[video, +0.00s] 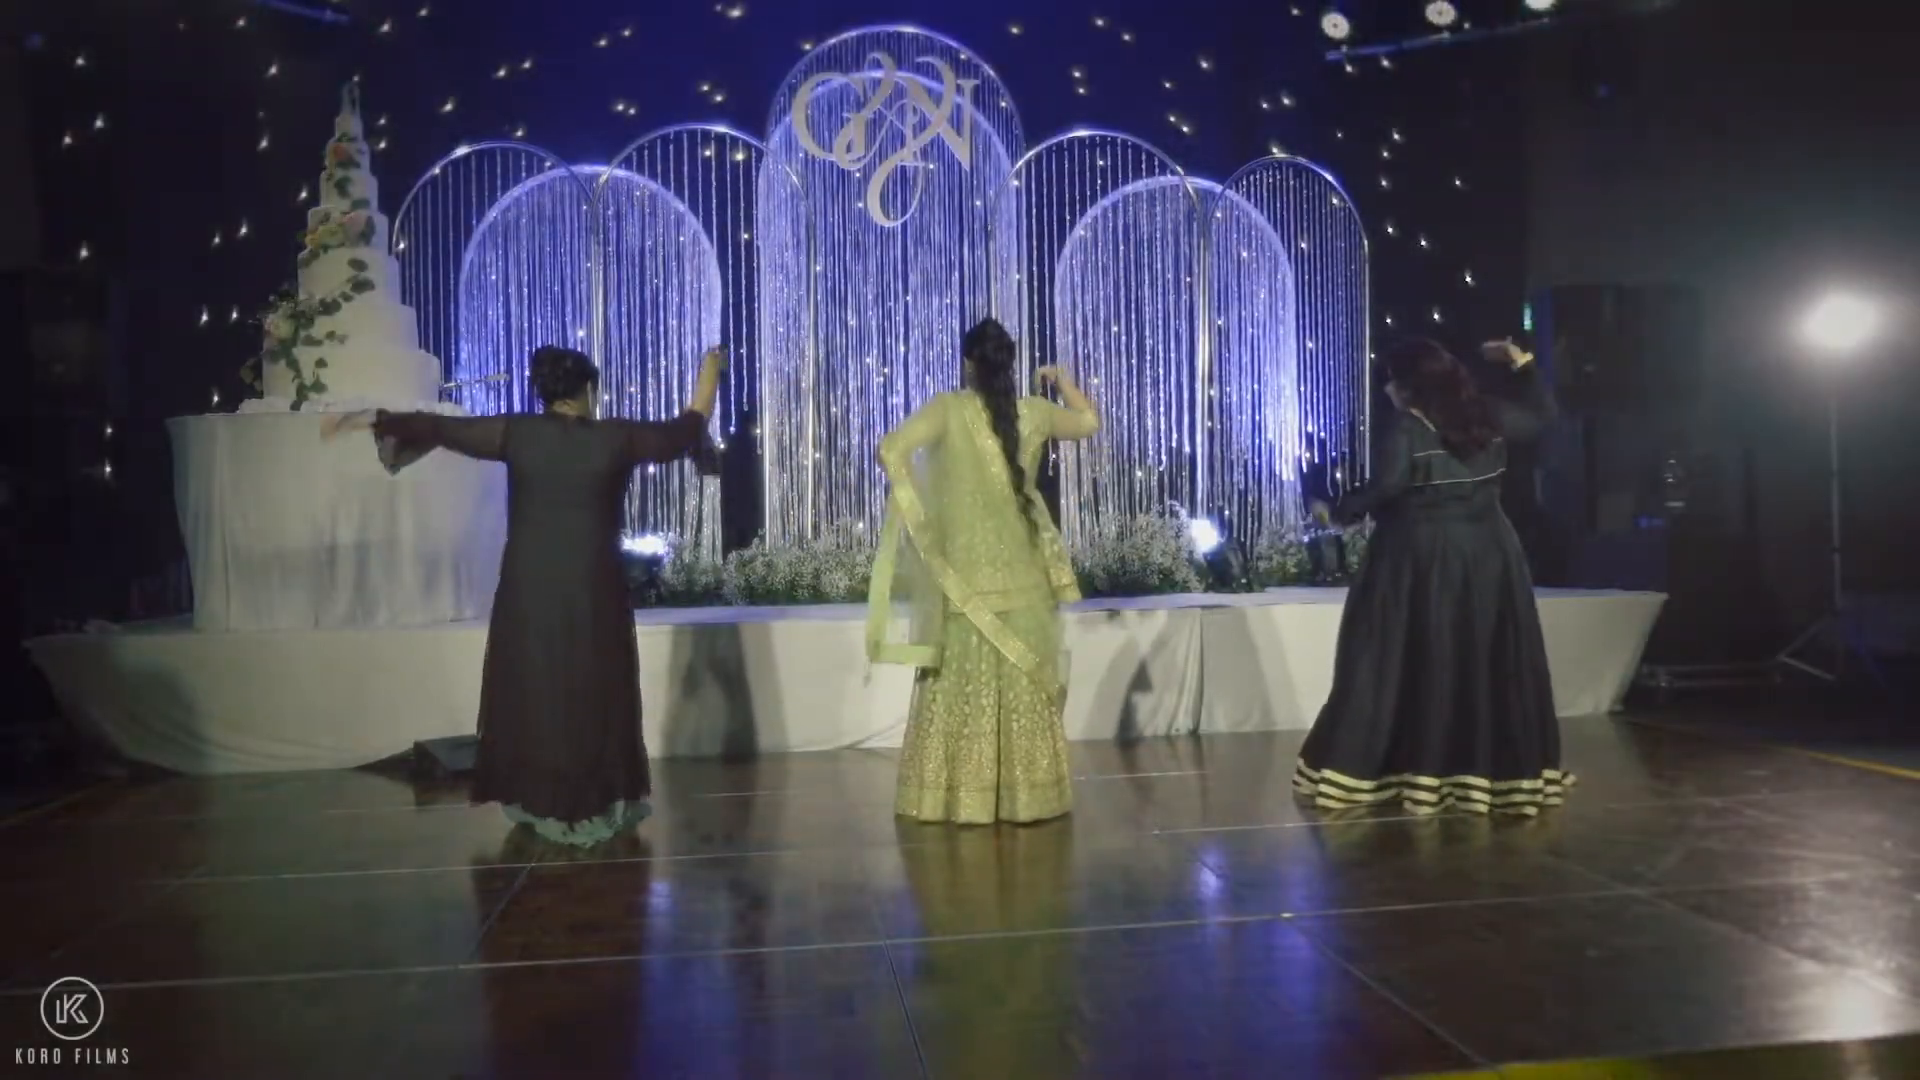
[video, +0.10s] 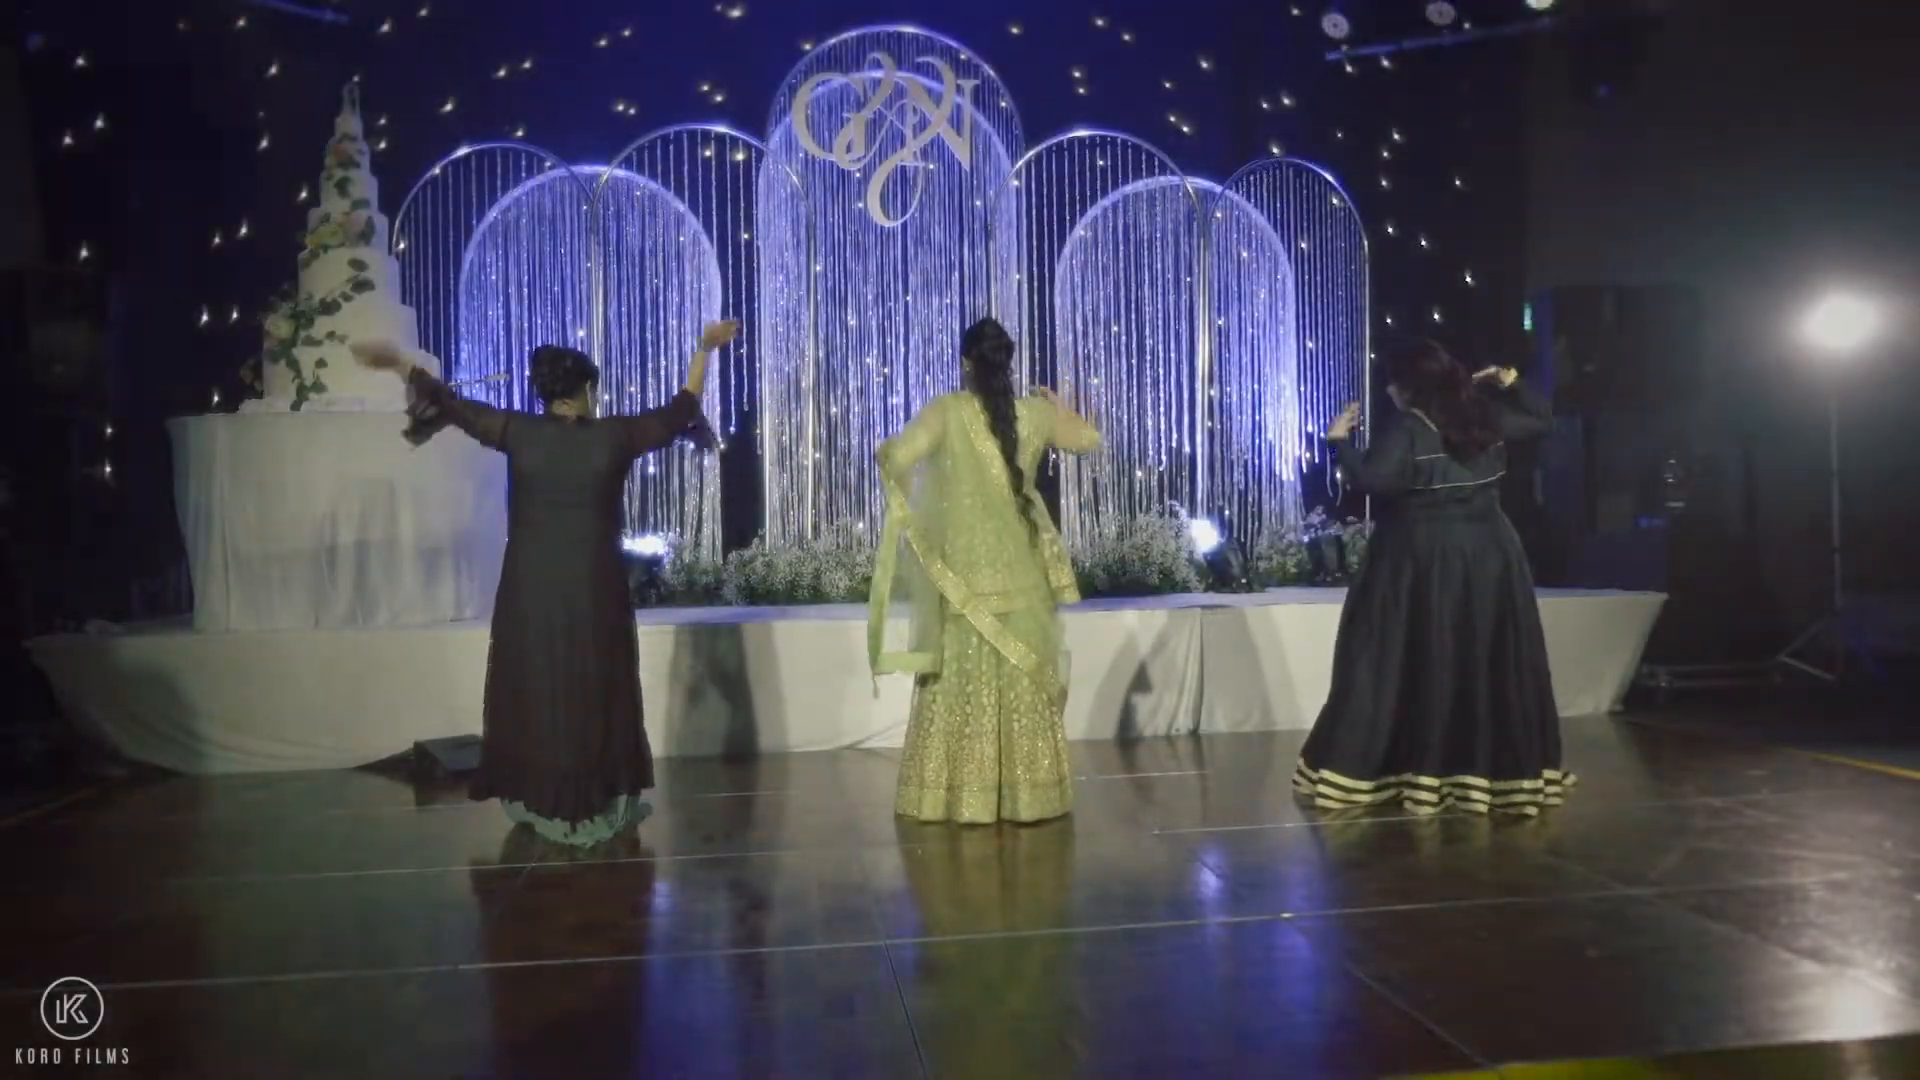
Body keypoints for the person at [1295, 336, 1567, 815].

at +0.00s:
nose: (1388, 394)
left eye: (1391, 384)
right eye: (1387, 385)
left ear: (1408, 386)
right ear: (1448, 378)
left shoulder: (1406, 429)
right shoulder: (1487, 416)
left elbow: (1388, 485)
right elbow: (1540, 417)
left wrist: (1340, 510)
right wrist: (1524, 365)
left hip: (1426, 551)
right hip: (1489, 545)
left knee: (1419, 660)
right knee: (1487, 660)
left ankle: (1419, 777)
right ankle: (1492, 777)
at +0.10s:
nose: (1388, 394)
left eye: (1392, 385)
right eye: (1389, 385)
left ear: (1406, 387)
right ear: (1448, 379)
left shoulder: (1407, 429)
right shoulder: (1485, 418)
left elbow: (1372, 477)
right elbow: (1539, 419)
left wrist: (1342, 444)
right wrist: (1511, 381)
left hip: (1425, 552)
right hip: (1489, 546)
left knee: (1419, 660)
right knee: (1487, 660)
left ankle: (1419, 777)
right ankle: (1493, 777)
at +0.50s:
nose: (1407, 387)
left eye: (1410, 379)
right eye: (1411, 379)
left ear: (1418, 383)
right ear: (1469, 374)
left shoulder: (1413, 424)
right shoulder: (1502, 409)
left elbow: (1348, 436)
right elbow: (1542, 373)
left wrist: (1326, 383)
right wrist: (1537, 310)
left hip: (1423, 546)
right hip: (1490, 544)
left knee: (1416, 661)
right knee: (1489, 663)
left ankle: (1415, 782)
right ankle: (1493, 782)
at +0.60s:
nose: (1413, 378)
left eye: (1418, 371)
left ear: (1423, 378)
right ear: (1475, 372)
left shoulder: (1412, 418)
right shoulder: (1502, 408)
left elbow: (1348, 402)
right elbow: (1520, 354)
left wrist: (1333, 343)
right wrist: (1514, 294)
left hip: (1425, 547)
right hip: (1493, 546)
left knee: (1419, 662)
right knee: (1491, 663)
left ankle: (1417, 784)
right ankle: (1494, 784)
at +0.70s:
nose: (1413, 383)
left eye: (1417, 375)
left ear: (1425, 380)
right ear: (1476, 375)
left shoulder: (1416, 421)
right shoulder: (1503, 411)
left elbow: (1360, 380)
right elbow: (1505, 356)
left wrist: (1369, 316)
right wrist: (1473, 299)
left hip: (1430, 547)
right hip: (1496, 543)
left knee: (1426, 662)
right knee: (1495, 662)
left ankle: (1421, 783)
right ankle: (1497, 783)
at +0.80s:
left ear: (1432, 377)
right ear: (1487, 375)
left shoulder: (1418, 413)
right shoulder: (1505, 414)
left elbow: (1371, 373)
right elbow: (1487, 355)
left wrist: (1409, 333)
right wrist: (1435, 328)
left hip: (1433, 543)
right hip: (1496, 542)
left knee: (1431, 657)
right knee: (1494, 657)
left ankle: (1425, 780)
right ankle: (1495, 779)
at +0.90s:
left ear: (1430, 368)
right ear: (1484, 365)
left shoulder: (1417, 413)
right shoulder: (1507, 408)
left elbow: (1366, 383)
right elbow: (1493, 351)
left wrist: (1390, 326)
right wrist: (1444, 315)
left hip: (1432, 544)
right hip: (1498, 542)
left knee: (1428, 659)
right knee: (1495, 659)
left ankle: (1422, 781)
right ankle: (1495, 780)